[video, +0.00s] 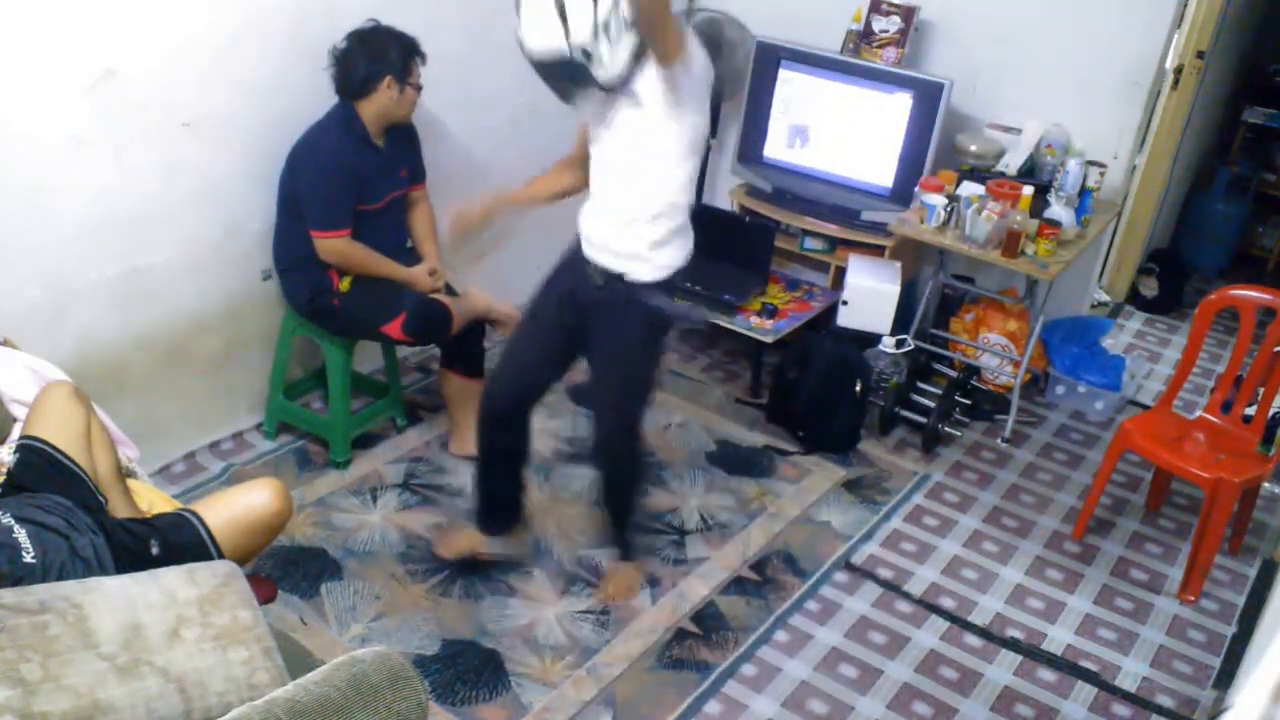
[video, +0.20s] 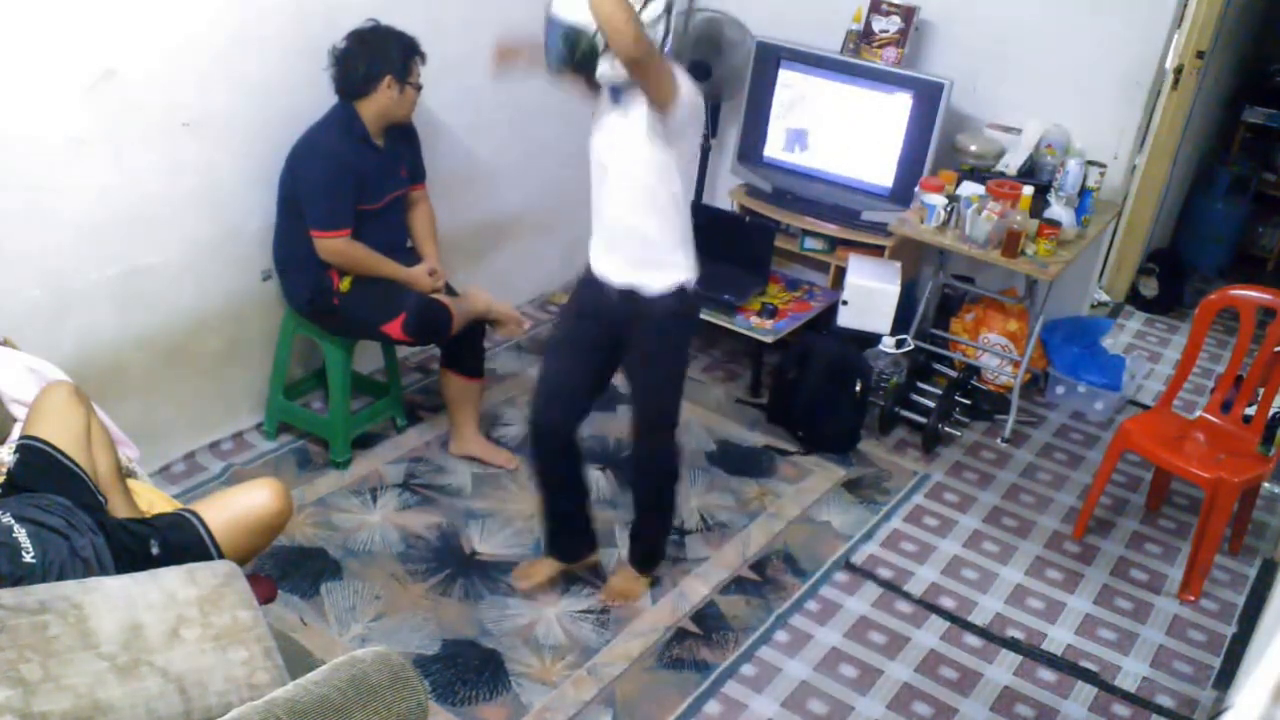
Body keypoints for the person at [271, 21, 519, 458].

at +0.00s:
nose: (419, 96)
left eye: (420, 87)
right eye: (416, 87)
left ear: (386, 86)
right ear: (388, 86)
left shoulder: (399, 130)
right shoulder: (326, 150)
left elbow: (417, 201)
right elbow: (331, 248)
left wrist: (431, 259)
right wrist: (407, 275)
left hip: (388, 262)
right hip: (326, 283)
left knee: (465, 326)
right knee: (421, 322)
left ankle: (465, 438)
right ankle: (476, 306)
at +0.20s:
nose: (419, 95)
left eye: (419, 86)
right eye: (416, 86)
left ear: (387, 87)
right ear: (388, 87)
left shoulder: (399, 131)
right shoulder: (326, 152)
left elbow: (417, 202)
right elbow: (332, 248)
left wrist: (430, 258)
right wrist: (407, 276)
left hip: (389, 264)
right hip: (327, 283)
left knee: (465, 322)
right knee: (427, 323)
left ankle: (465, 435)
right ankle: (479, 305)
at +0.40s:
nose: (419, 95)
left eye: (419, 86)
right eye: (416, 85)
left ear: (387, 87)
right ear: (388, 87)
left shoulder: (399, 131)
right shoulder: (326, 151)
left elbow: (418, 202)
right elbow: (333, 248)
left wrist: (429, 259)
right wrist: (408, 276)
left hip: (389, 265)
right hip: (327, 283)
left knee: (465, 321)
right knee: (427, 323)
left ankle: (465, 435)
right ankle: (479, 305)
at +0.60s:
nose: (419, 95)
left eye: (419, 87)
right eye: (416, 86)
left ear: (387, 86)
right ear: (388, 86)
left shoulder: (399, 131)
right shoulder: (326, 151)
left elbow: (417, 202)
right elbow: (333, 248)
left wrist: (430, 258)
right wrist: (407, 276)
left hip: (388, 265)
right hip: (326, 283)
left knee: (466, 320)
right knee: (426, 323)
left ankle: (465, 434)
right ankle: (478, 305)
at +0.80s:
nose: (419, 95)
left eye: (419, 87)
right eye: (416, 86)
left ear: (387, 86)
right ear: (388, 86)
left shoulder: (399, 131)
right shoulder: (326, 150)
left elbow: (417, 202)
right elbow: (332, 248)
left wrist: (430, 258)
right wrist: (407, 276)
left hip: (388, 265)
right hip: (325, 282)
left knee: (466, 320)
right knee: (425, 323)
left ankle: (465, 435)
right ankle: (478, 304)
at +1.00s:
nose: (419, 95)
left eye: (419, 87)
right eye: (416, 86)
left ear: (387, 86)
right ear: (388, 86)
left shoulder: (399, 132)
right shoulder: (326, 150)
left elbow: (417, 202)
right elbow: (332, 248)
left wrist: (429, 258)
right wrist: (407, 276)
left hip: (388, 266)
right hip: (326, 283)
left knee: (466, 321)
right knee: (426, 323)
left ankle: (465, 435)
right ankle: (477, 305)